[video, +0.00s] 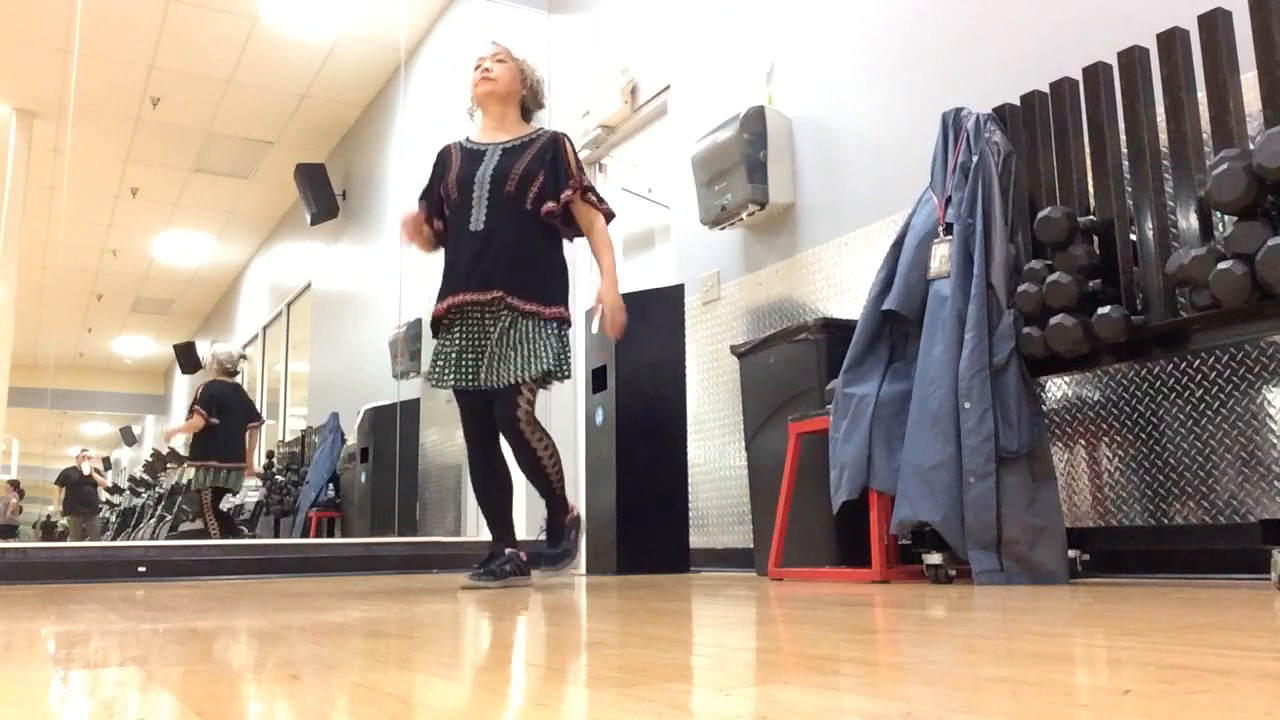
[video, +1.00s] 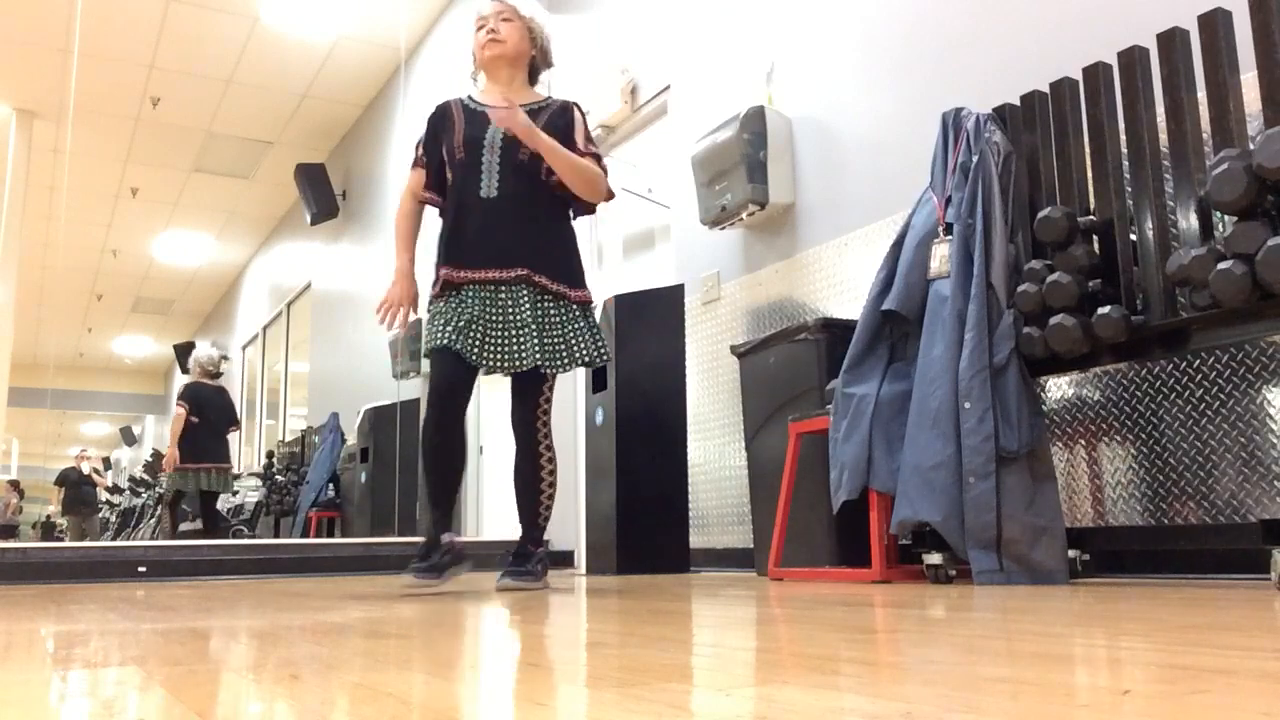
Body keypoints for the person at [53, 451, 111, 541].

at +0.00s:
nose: (86, 460)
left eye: (88, 458)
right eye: (83, 457)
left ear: (91, 459)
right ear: (77, 458)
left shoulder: (95, 471)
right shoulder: (68, 472)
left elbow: (104, 484)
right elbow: (59, 489)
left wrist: (92, 473)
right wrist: (57, 506)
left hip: (92, 510)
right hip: (74, 511)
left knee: (95, 538)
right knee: (75, 539)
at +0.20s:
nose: (85, 460)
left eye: (87, 458)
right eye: (82, 457)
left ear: (90, 459)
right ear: (76, 458)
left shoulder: (94, 471)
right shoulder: (67, 472)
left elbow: (104, 484)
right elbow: (59, 489)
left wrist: (91, 473)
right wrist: (57, 506)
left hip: (92, 511)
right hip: (73, 512)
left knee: (95, 538)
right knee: (75, 540)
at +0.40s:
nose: (84, 461)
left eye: (87, 458)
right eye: (81, 458)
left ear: (89, 459)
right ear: (75, 459)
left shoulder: (93, 471)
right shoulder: (67, 472)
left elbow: (103, 484)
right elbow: (58, 490)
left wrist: (91, 474)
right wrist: (56, 507)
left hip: (91, 512)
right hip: (73, 513)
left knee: (95, 539)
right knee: (74, 541)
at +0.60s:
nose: (84, 460)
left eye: (87, 458)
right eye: (81, 458)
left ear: (90, 460)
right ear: (75, 459)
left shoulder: (94, 471)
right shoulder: (67, 472)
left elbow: (103, 484)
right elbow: (58, 490)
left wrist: (91, 473)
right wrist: (54, 507)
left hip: (91, 512)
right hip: (73, 513)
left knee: (95, 540)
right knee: (74, 541)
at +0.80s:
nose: (84, 460)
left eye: (87, 458)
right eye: (82, 458)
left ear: (90, 460)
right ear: (76, 459)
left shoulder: (94, 471)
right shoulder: (67, 472)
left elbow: (103, 484)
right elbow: (58, 490)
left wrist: (91, 473)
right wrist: (54, 507)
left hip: (91, 512)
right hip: (73, 513)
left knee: (95, 540)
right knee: (74, 542)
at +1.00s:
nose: (84, 460)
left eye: (87, 458)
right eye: (82, 458)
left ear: (90, 460)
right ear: (76, 459)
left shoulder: (94, 471)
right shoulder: (67, 472)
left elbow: (103, 484)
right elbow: (58, 490)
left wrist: (91, 473)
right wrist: (56, 507)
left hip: (91, 512)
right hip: (73, 512)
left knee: (95, 540)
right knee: (74, 541)